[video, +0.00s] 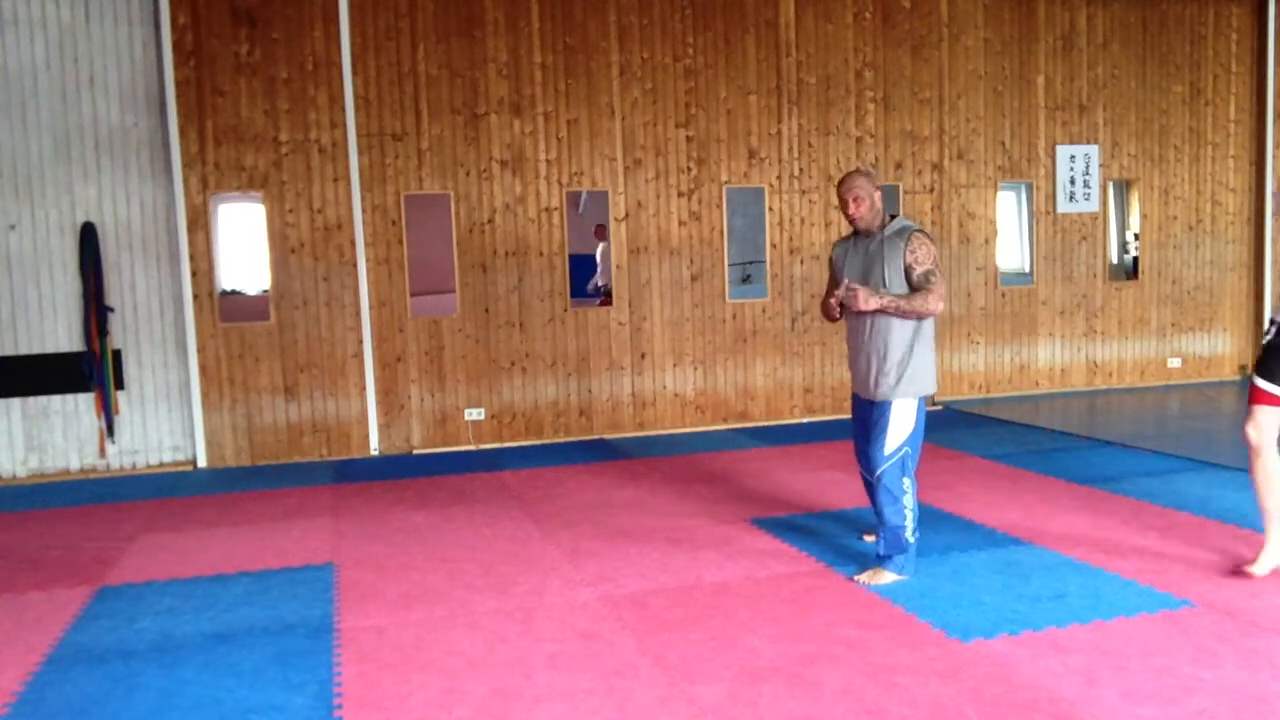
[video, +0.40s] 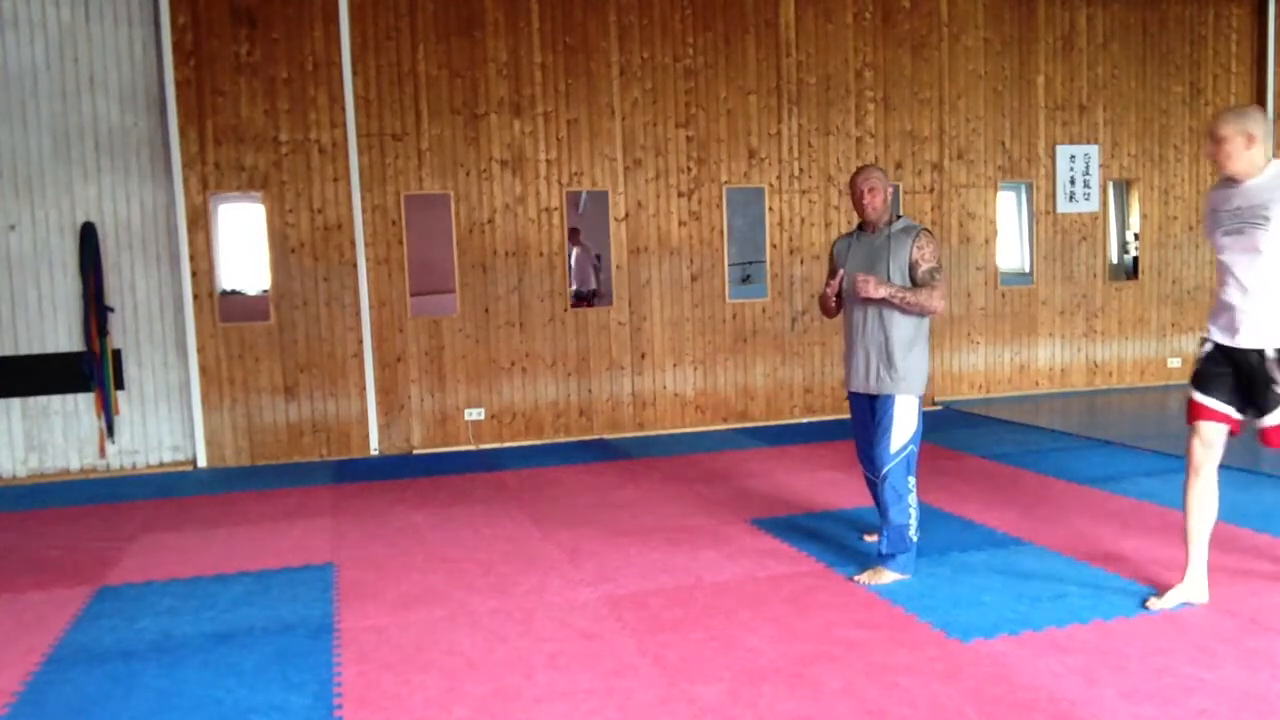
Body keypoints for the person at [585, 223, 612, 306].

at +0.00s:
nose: (594, 235)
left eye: (596, 232)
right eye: (594, 232)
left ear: (602, 232)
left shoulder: (604, 247)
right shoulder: (600, 247)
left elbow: (603, 269)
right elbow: (600, 269)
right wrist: (593, 282)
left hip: (607, 289)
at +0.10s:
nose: (588, 236)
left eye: (590, 233)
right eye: (588, 233)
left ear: (597, 232)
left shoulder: (606, 246)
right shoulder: (595, 247)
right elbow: (596, 269)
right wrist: (584, 281)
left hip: (607, 287)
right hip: (599, 287)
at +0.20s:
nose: (582, 237)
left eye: (584, 234)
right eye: (582, 234)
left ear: (591, 234)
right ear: (593, 234)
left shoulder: (592, 250)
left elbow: (590, 271)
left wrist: (578, 281)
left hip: (595, 288)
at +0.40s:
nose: (569, 240)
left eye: (570, 237)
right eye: (568, 237)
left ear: (576, 236)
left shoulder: (586, 249)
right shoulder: (575, 250)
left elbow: (595, 266)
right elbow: (575, 268)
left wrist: (598, 287)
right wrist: (572, 284)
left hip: (587, 289)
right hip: (577, 288)